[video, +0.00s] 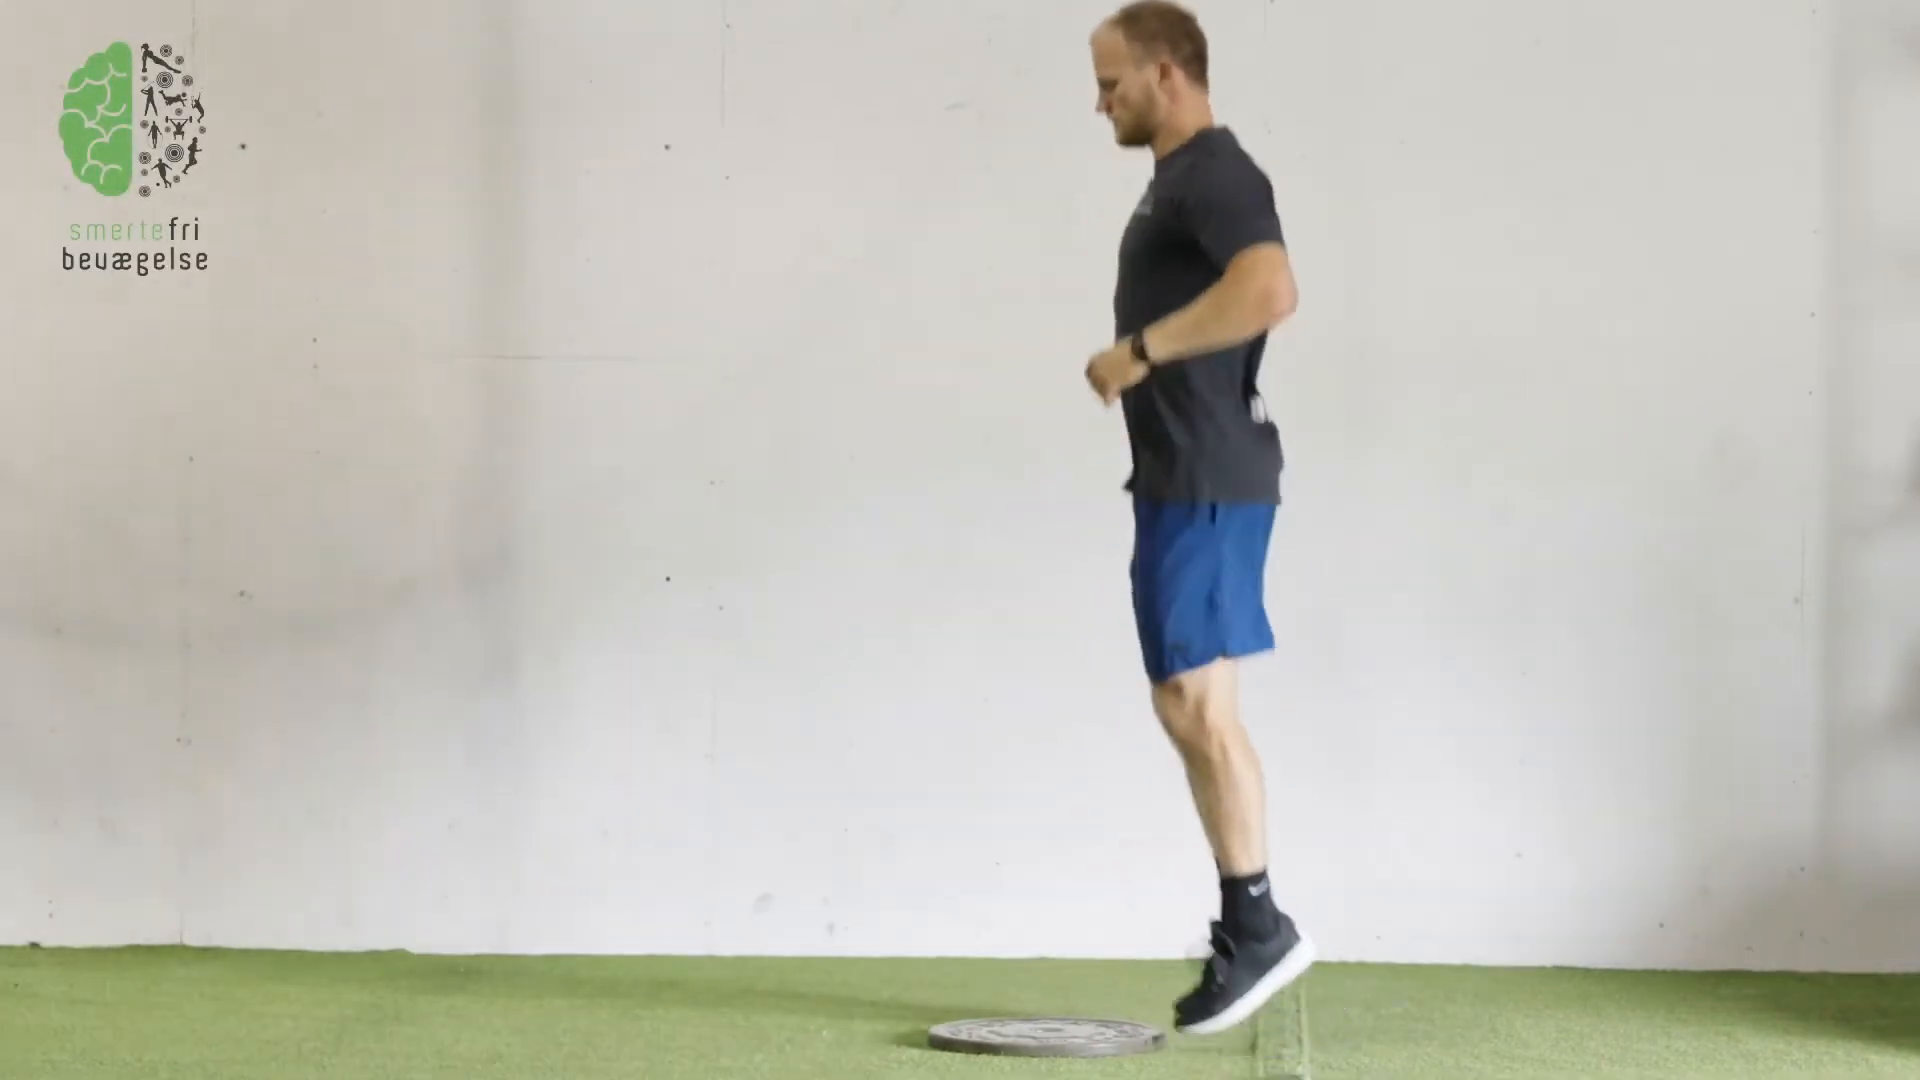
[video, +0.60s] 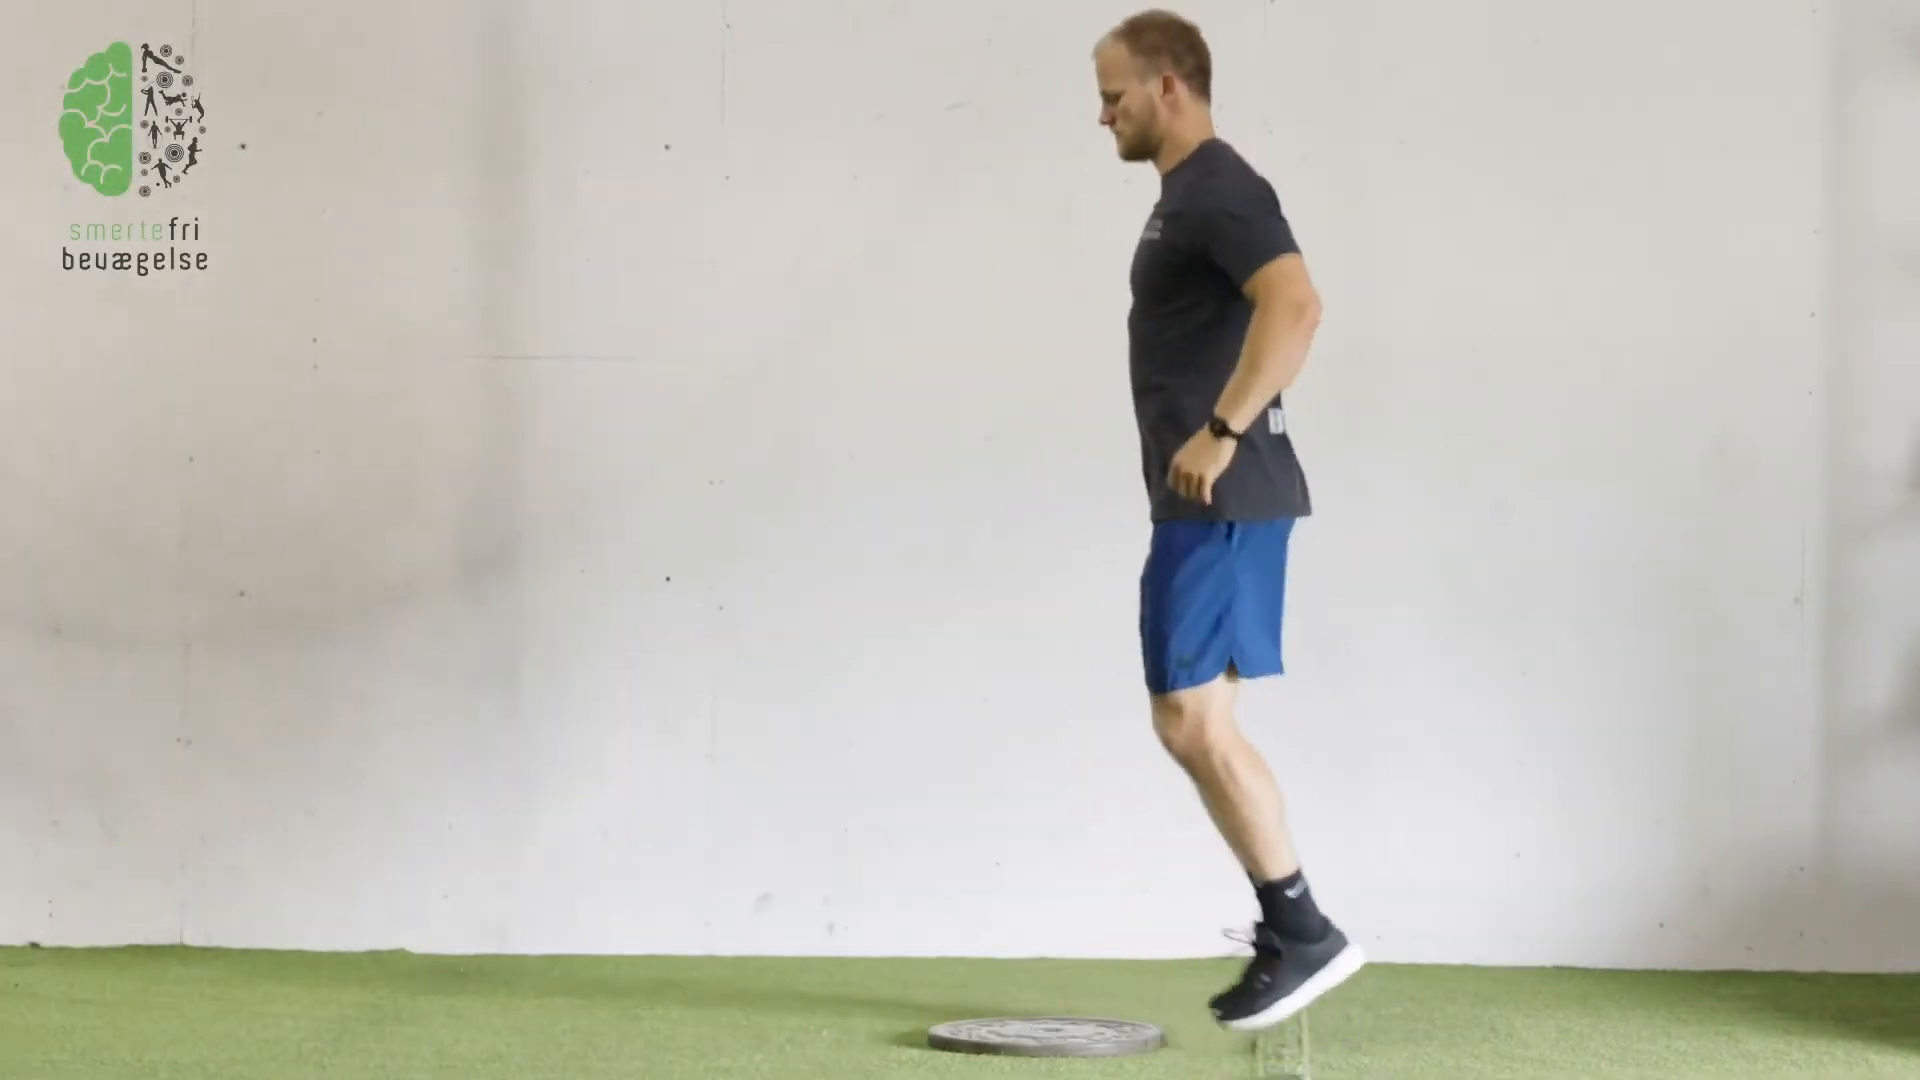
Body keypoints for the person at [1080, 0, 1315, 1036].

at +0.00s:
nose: (1100, 103)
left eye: (1110, 83)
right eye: (1098, 85)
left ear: (1168, 76)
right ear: (1160, 79)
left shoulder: (1213, 168)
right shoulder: (1190, 172)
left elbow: (1266, 290)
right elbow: (1250, 296)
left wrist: (1141, 350)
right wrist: (1147, 358)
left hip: (1206, 486)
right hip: (1186, 486)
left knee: (1196, 704)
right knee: (1190, 705)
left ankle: (1254, 927)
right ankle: (1248, 925)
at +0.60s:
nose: (1102, 114)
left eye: (1113, 95)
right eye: (1102, 98)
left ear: (1167, 88)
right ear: (1166, 91)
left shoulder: (1218, 185)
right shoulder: (1188, 192)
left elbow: (1292, 306)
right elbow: (1278, 314)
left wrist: (1220, 431)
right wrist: (1206, 435)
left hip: (1222, 502)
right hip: (1202, 501)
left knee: (1195, 719)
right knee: (1190, 722)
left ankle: (1298, 933)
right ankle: (1290, 932)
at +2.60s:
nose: (1110, 177)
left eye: (1121, 159)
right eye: (1110, 161)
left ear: (1176, 156)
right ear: (1175, 160)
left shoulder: (1224, 260)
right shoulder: (1189, 266)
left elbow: (1287, 392)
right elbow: (1228, 408)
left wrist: (1176, 483)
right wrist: (1146, 472)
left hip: (1238, 580)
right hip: (1220, 577)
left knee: (1212, 796)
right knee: (1215, 794)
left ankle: (1331, 990)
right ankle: (1319, 986)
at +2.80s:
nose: (1105, 87)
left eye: (1114, 68)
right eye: (1104, 70)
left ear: (1171, 60)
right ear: (1165, 64)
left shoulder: (1218, 151)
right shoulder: (1186, 161)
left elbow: (1279, 266)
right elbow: (1223, 283)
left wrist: (1159, 330)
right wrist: (1135, 318)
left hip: (1211, 470)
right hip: (1192, 468)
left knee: (1196, 689)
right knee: (1198, 691)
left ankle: (1268, 912)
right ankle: (1260, 910)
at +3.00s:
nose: (1081, 109)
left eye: (1090, 89)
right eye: (1079, 92)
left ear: (1148, 81)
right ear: (1144, 85)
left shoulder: (1191, 177)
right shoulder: (1165, 183)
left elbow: (1238, 309)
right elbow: (1214, 325)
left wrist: (1119, 385)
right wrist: (1125, 404)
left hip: (1197, 491)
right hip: (1175, 488)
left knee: (1147, 715)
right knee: (1141, 714)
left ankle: (1172, 950)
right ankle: (1163, 946)